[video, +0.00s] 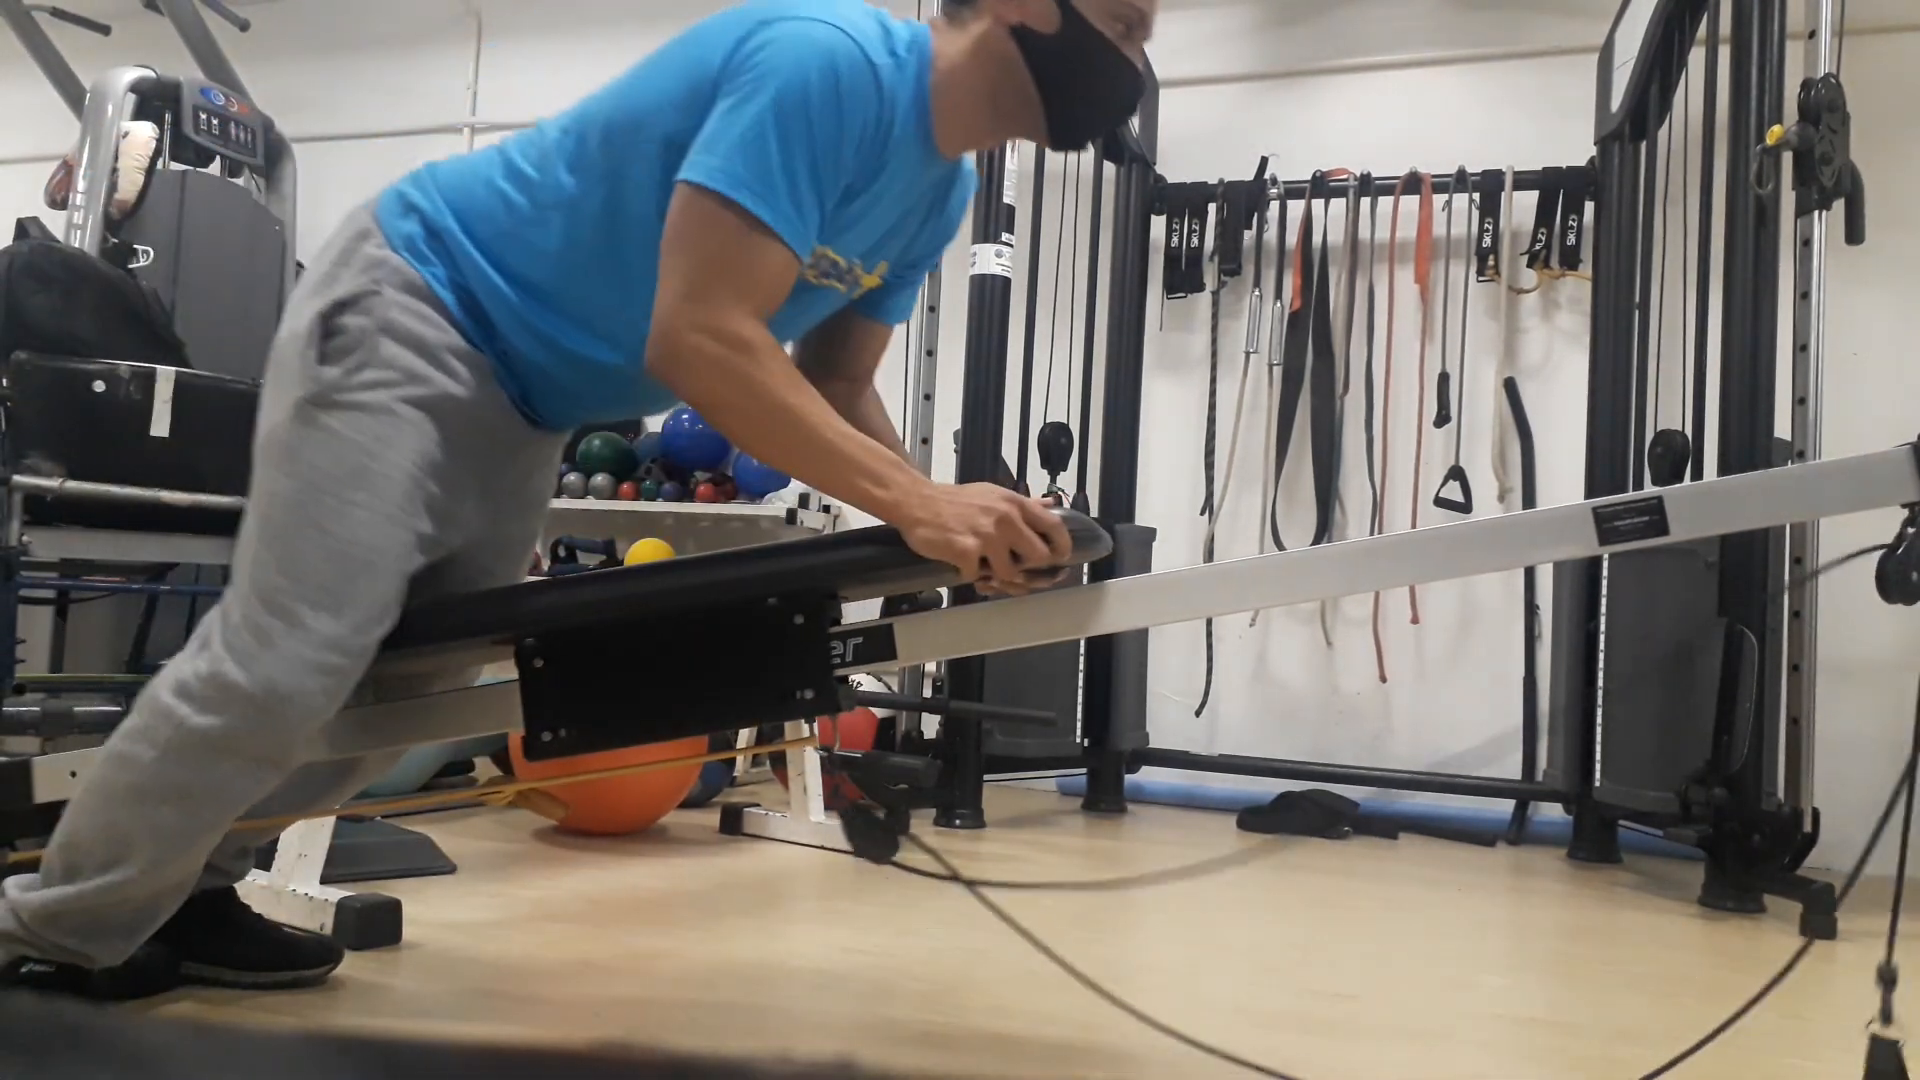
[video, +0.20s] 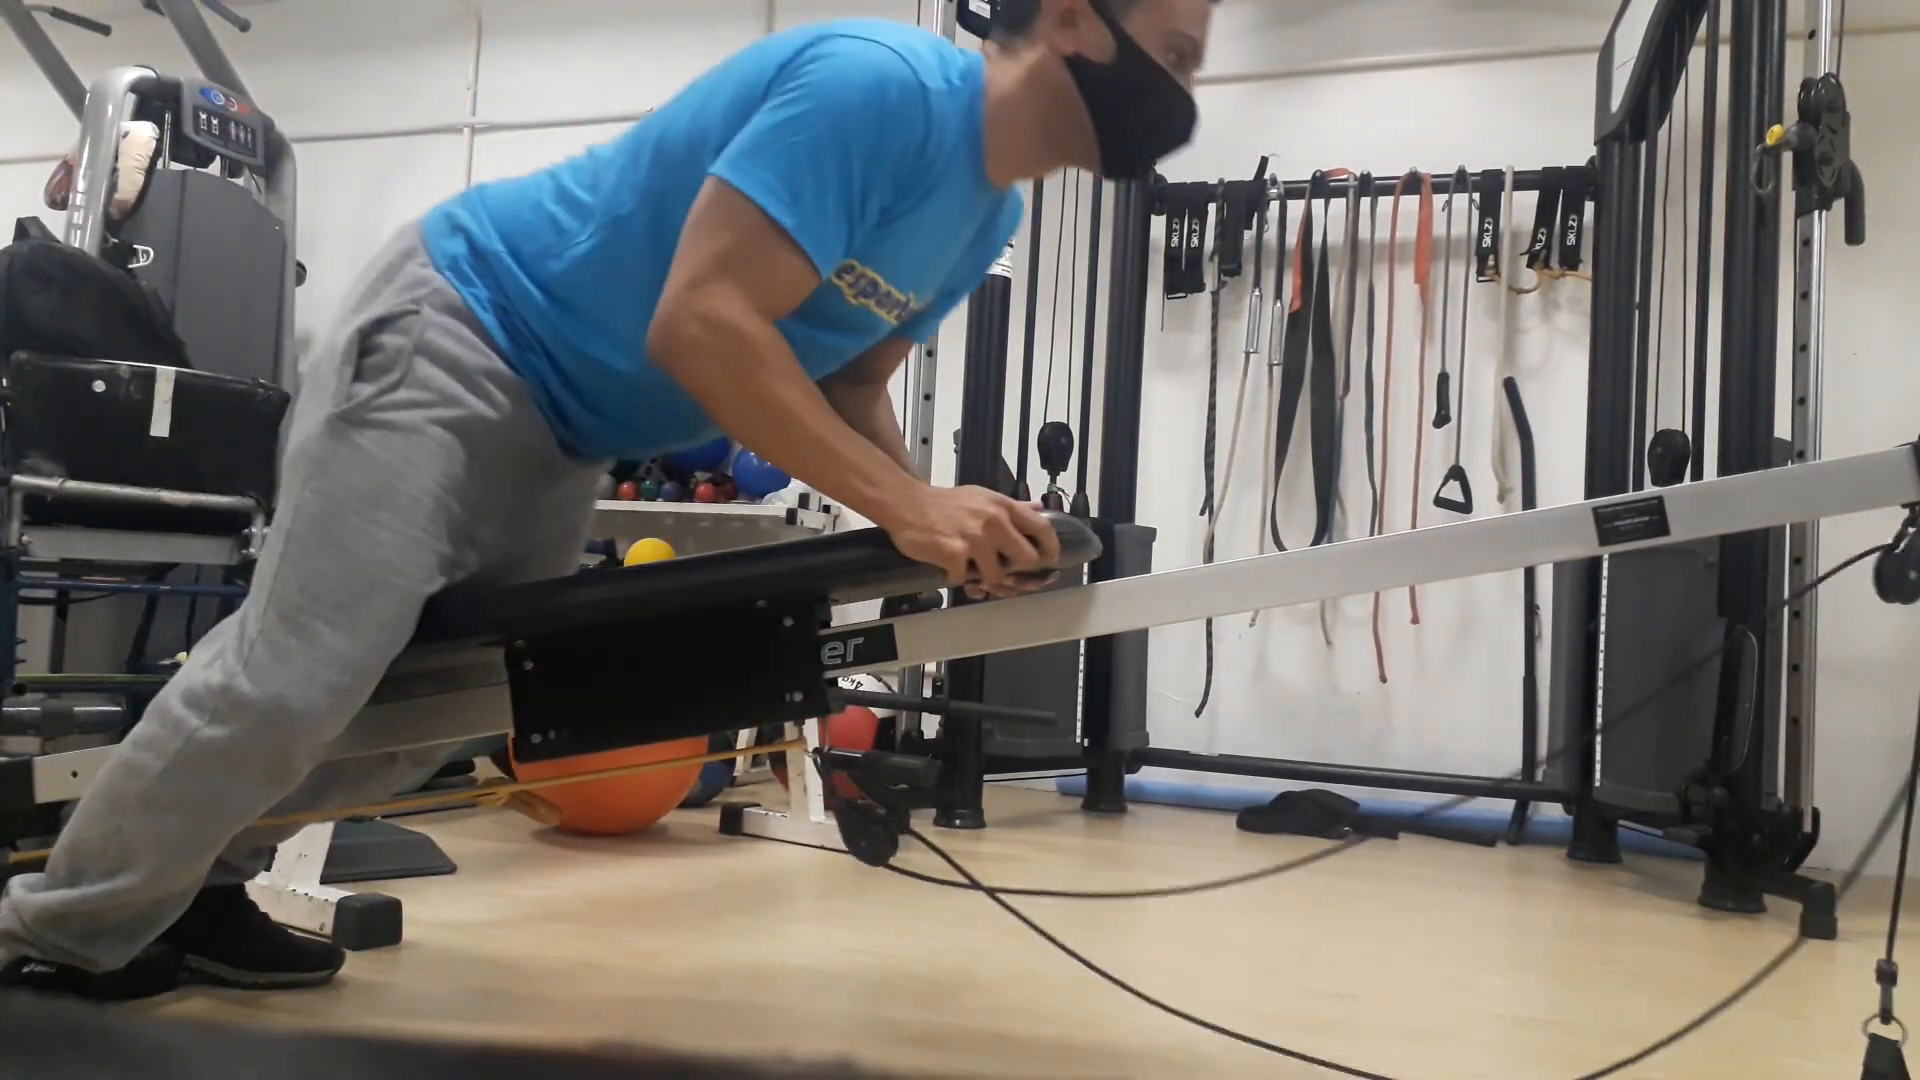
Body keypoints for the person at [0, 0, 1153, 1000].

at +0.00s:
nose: (1051, 143)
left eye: (1075, 127)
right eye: (1061, 110)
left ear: (1026, 60)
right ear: (1012, 28)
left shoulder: (942, 189)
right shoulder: (827, 65)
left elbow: (836, 373)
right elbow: (699, 340)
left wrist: (940, 512)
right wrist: (909, 500)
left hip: (525, 401)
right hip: (416, 302)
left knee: (434, 695)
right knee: (282, 673)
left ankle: (181, 882)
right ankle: (47, 939)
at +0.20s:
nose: (1173, 117)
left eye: (1187, 90)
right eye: (1163, 74)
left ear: (1104, 61)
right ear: (1071, 25)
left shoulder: (984, 210)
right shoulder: (883, 86)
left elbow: (842, 385)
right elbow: (699, 327)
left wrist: (928, 518)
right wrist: (907, 500)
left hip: (565, 437)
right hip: (461, 322)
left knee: (455, 714)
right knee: (299, 678)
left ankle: (191, 883)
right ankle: (48, 936)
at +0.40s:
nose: (1220, 164)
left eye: (1236, 136)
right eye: (1214, 119)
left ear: (1136, 101)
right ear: (1120, 71)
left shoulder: (1018, 266)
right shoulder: (926, 132)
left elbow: (851, 397)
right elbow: (706, 323)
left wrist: (936, 518)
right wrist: (905, 507)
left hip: (599, 465)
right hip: (493, 353)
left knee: (455, 716)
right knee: (309, 693)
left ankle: (206, 884)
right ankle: (58, 950)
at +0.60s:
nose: (1273, 235)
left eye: (1288, 205)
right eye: (1263, 192)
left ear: (1187, 165)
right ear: (1163, 141)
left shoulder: (1049, 304)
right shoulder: (970, 187)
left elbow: (859, 401)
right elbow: (718, 318)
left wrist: (948, 511)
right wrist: (900, 505)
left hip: (610, 485)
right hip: (513, 382)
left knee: (482, 733)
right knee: (308, 719)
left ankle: (215, 873)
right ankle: (63, 951)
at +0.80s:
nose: (1318, 296)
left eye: (1332, 268)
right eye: (1306, 252)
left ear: (1221, 241)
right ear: (1204, 210)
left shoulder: (1080, 380)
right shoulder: (1008, 253)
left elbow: (875, 428)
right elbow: (728, 310)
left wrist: (968, 518)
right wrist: (907, 506)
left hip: (629, 520)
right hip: (537, 404)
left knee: (503, 735)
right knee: (300, 726)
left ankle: (223, 842)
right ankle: (68, 944)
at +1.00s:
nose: (1315, 347)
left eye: (1332, 319)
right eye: (1305, 302)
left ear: (1225, 293)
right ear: (1208, 263)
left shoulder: (1085, 426)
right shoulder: (1024, 308)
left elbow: (858, 494)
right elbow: (731, 308)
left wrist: (973, 559)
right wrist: (910, 510)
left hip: (621, 550)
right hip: (538, 427)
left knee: (493, 750)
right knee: (294, 726)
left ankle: (236, 848)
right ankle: (60, 945)